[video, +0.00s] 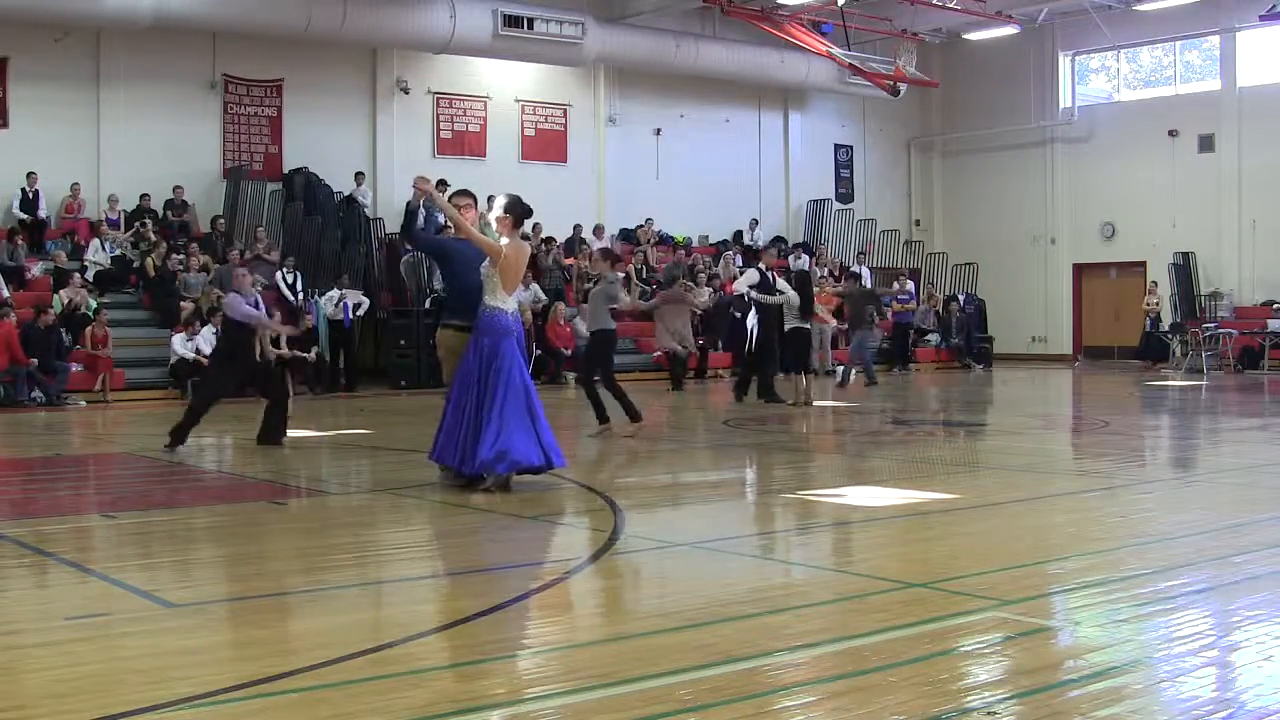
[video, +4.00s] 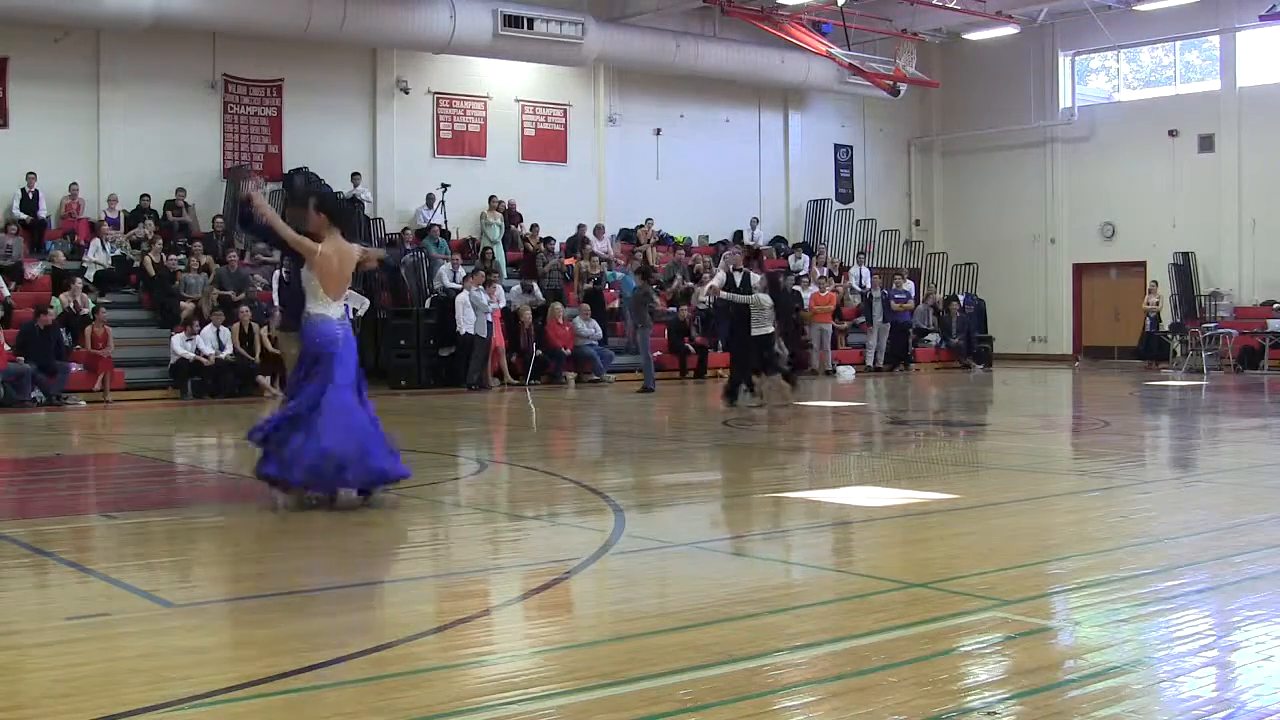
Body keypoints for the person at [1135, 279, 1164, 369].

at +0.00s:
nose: (1151, 289)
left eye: (1153, 287)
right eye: (1150, 287)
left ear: (1156, 288)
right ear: (1148, 288)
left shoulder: (1160, 297)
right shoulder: (1147, 297)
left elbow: (1159, 308)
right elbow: (1143, 307)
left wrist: (1148, 309)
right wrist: (1153, 308)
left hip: (1156, 317)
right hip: (1148, 318)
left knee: (1156, 337)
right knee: (1147, 337)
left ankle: (1154, 359)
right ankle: (1146, 360)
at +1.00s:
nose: (1153, 288)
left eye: (1155, 286)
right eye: (1152, 286)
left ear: (1159, 287)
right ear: (1151, 287)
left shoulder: (1162, 297)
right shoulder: (1149, 297)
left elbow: (1162, 308)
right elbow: (1146, 306)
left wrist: (1151, 308)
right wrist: (1156, 307)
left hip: (1159, 318)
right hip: (1150, 318)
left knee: (1158, 338)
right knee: (1149, 337)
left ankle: (1156, 360)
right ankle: (1148, 360)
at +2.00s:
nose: (1153, 287)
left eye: (1154, 286)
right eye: (1152, 286)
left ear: (1158, 287)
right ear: (1151, 287)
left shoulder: (1160, 296)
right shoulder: (1148, 296)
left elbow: (1161, 308)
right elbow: (1145, 306)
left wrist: (1150, 309)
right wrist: (1156, 307)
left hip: (1157, 318)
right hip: (1149, 318)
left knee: (1156, 338)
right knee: (1149, 337)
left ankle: (1156, 360)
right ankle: (1150, 360)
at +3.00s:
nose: (1152, 288)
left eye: (1154, 286)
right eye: (1151, 286)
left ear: (1157, 287)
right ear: (1150, 287)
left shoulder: (1160, 296)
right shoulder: (1148, 296)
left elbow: (1160, 308)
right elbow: (1144, 306)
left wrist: (1149, 308)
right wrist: (1155, 307)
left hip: (1157, 318)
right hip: (1149, 319)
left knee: (1156, 339)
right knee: (1148, 338)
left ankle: (1156, 362)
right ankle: (1149, 361)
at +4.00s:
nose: (1151, 288)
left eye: (1153, 286)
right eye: (1150, 286)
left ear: (1157, 287)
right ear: (1149, 287)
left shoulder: (1159, 296)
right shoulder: (1147, 296)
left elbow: (1160, 308)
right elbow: (1143, 306)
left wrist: (1149, 308)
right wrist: (1153, 307)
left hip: (1156, 318)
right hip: (1148, 318)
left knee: (1156, 338)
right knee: (1148, 337)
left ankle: (1156, 361)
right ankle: (1149, 360)